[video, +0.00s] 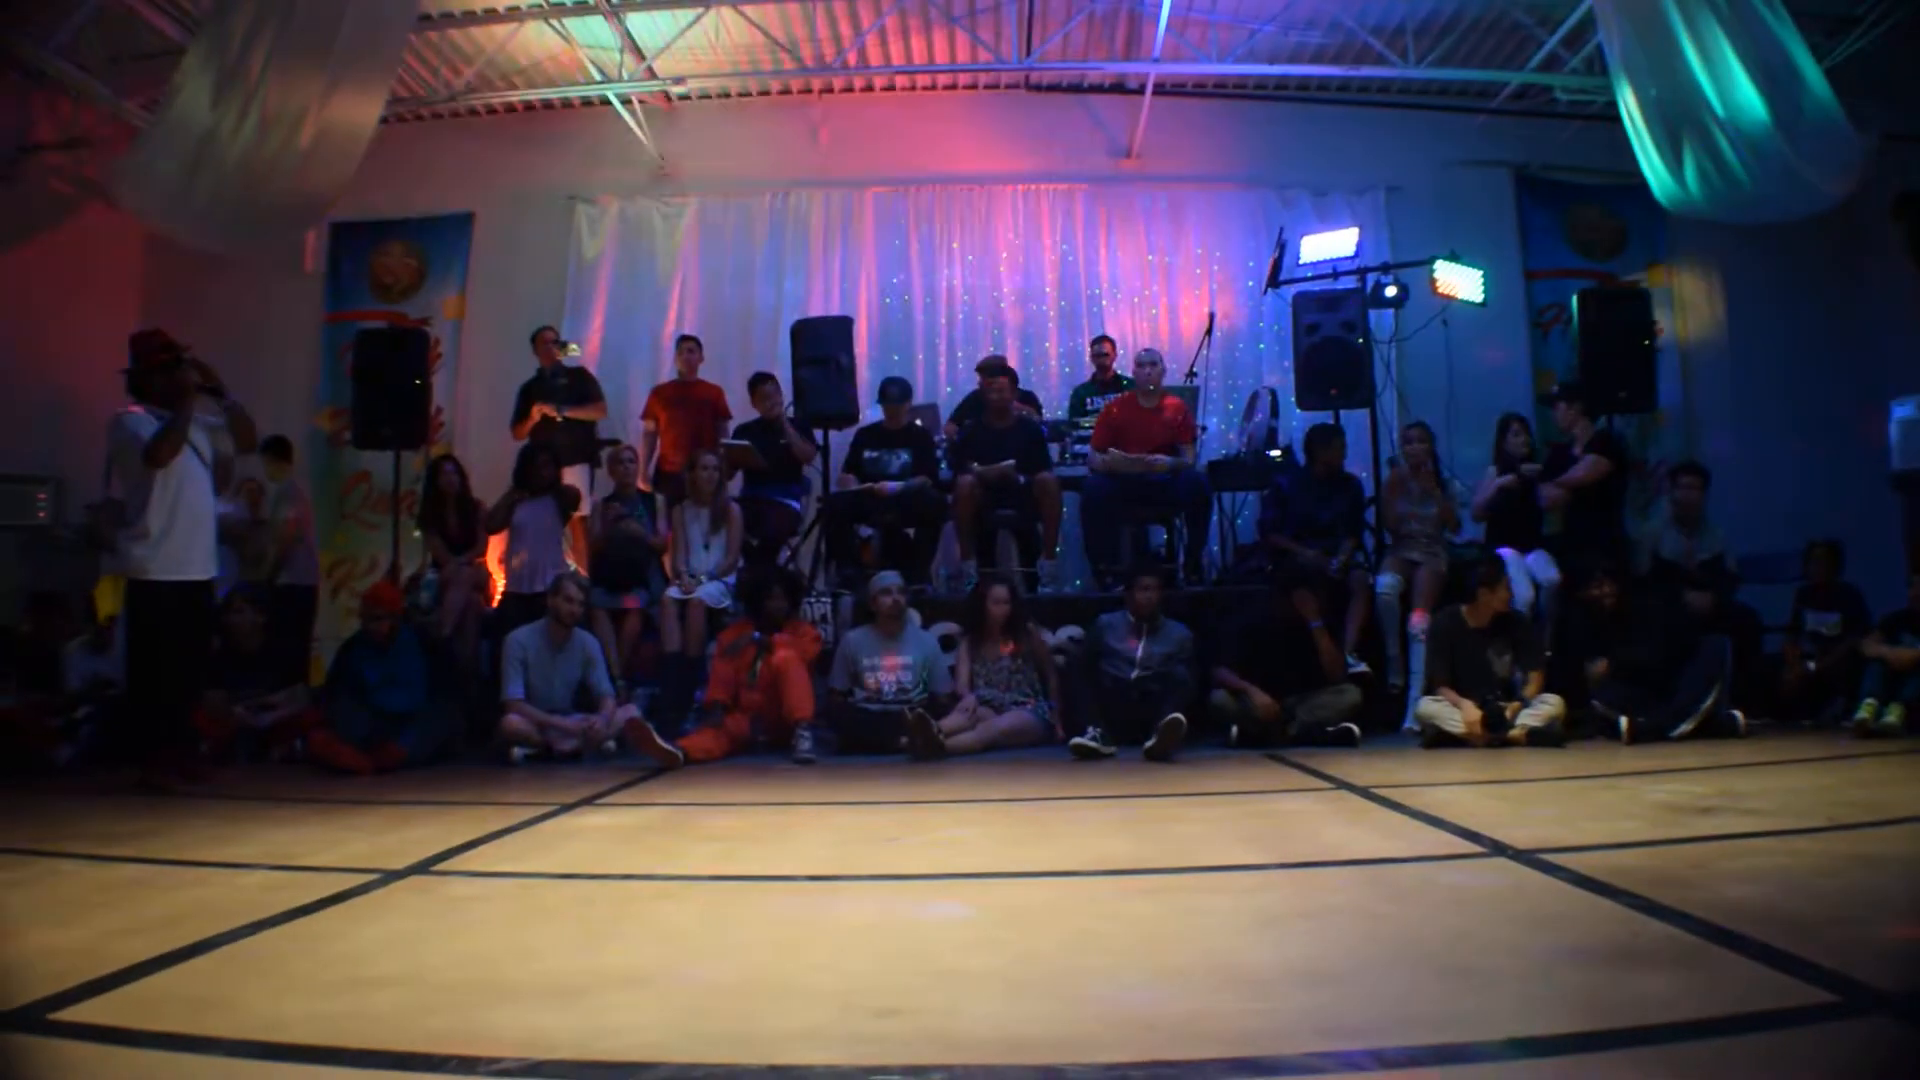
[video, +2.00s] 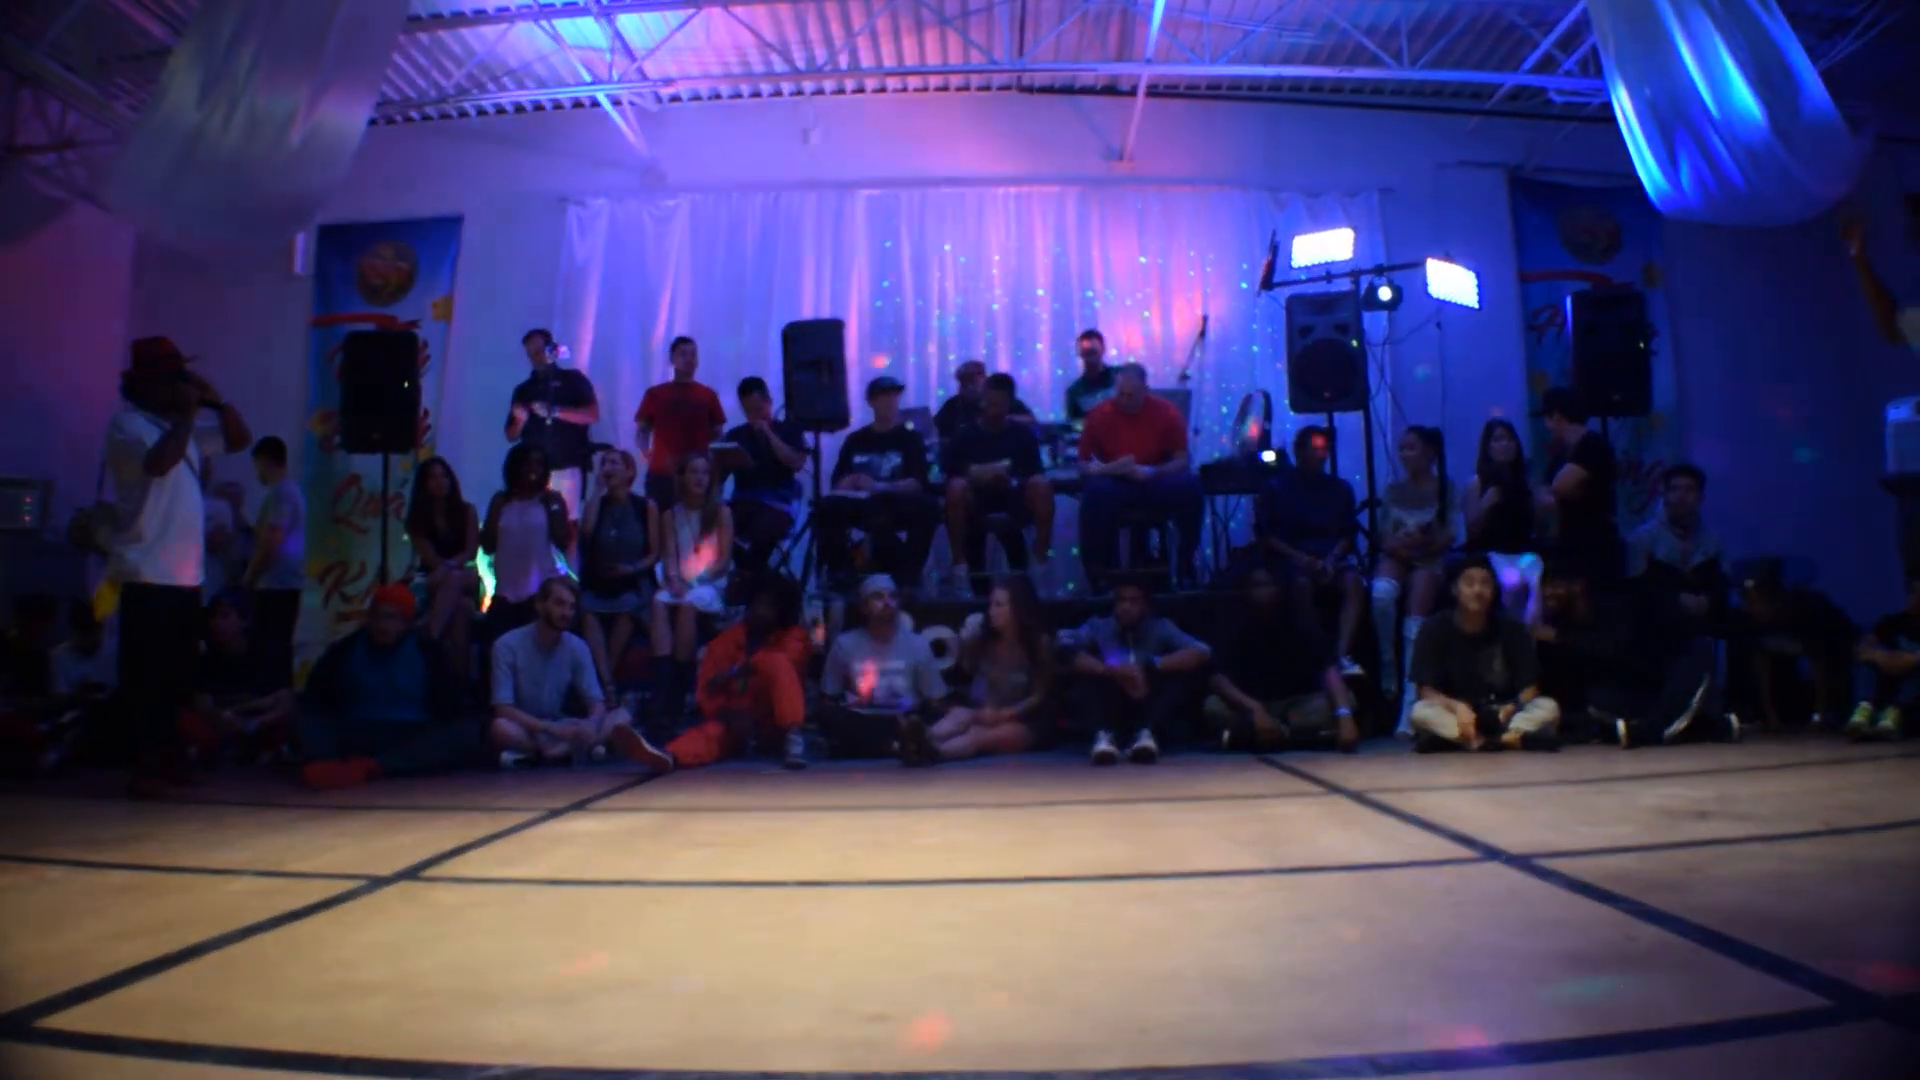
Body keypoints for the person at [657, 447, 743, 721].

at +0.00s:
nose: (709, 475)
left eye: (714, 469)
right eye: (703, 469)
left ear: (721, 475)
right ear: (692, 474)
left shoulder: (730, 510)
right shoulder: (681, 511)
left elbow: (732, 557)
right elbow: (677, 553)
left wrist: (709, 578)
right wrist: (682, 576)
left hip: (719, 576)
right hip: (689, 576)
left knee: (697, 602)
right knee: (668, 600)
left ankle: (692, 672)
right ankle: (670, 670)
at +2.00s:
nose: (700, 478)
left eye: (705, 473)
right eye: (694, 473)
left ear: (711, 479)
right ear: (682, 478)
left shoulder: (720, 513)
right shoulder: (671, 516)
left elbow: (723, 560)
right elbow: (668, 556)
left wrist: (697, 582)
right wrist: (673, 580)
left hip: (709, 581)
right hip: (678, 580)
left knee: (688, 606)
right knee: (659, 603)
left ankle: (682, 679)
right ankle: (662, 676)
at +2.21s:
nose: (700, 478)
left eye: (705, 473)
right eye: (694, 473)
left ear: (712, 479)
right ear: (683, 478)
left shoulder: (721, 513)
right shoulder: (672, 516)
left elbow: (724, 559)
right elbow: (669, 555)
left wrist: (699, 582)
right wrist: (674, 581)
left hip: (710, 580)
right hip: (679, 580)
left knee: (689, 605)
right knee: (659, 603)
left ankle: (682, 677)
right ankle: (665, 675)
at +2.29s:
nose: (700, 478)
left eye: (705, 473)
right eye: (694, 473)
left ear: (712, 479)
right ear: (683, 478)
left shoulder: (722, 514)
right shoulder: (672, 515)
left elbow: (725, 560)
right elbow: (670, 556)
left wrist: (699, 582)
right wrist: (674, 581)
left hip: (710, 581)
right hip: (678, 581)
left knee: (688, 606)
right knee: (660, 605)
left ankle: (682, 682)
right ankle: (663, 681)